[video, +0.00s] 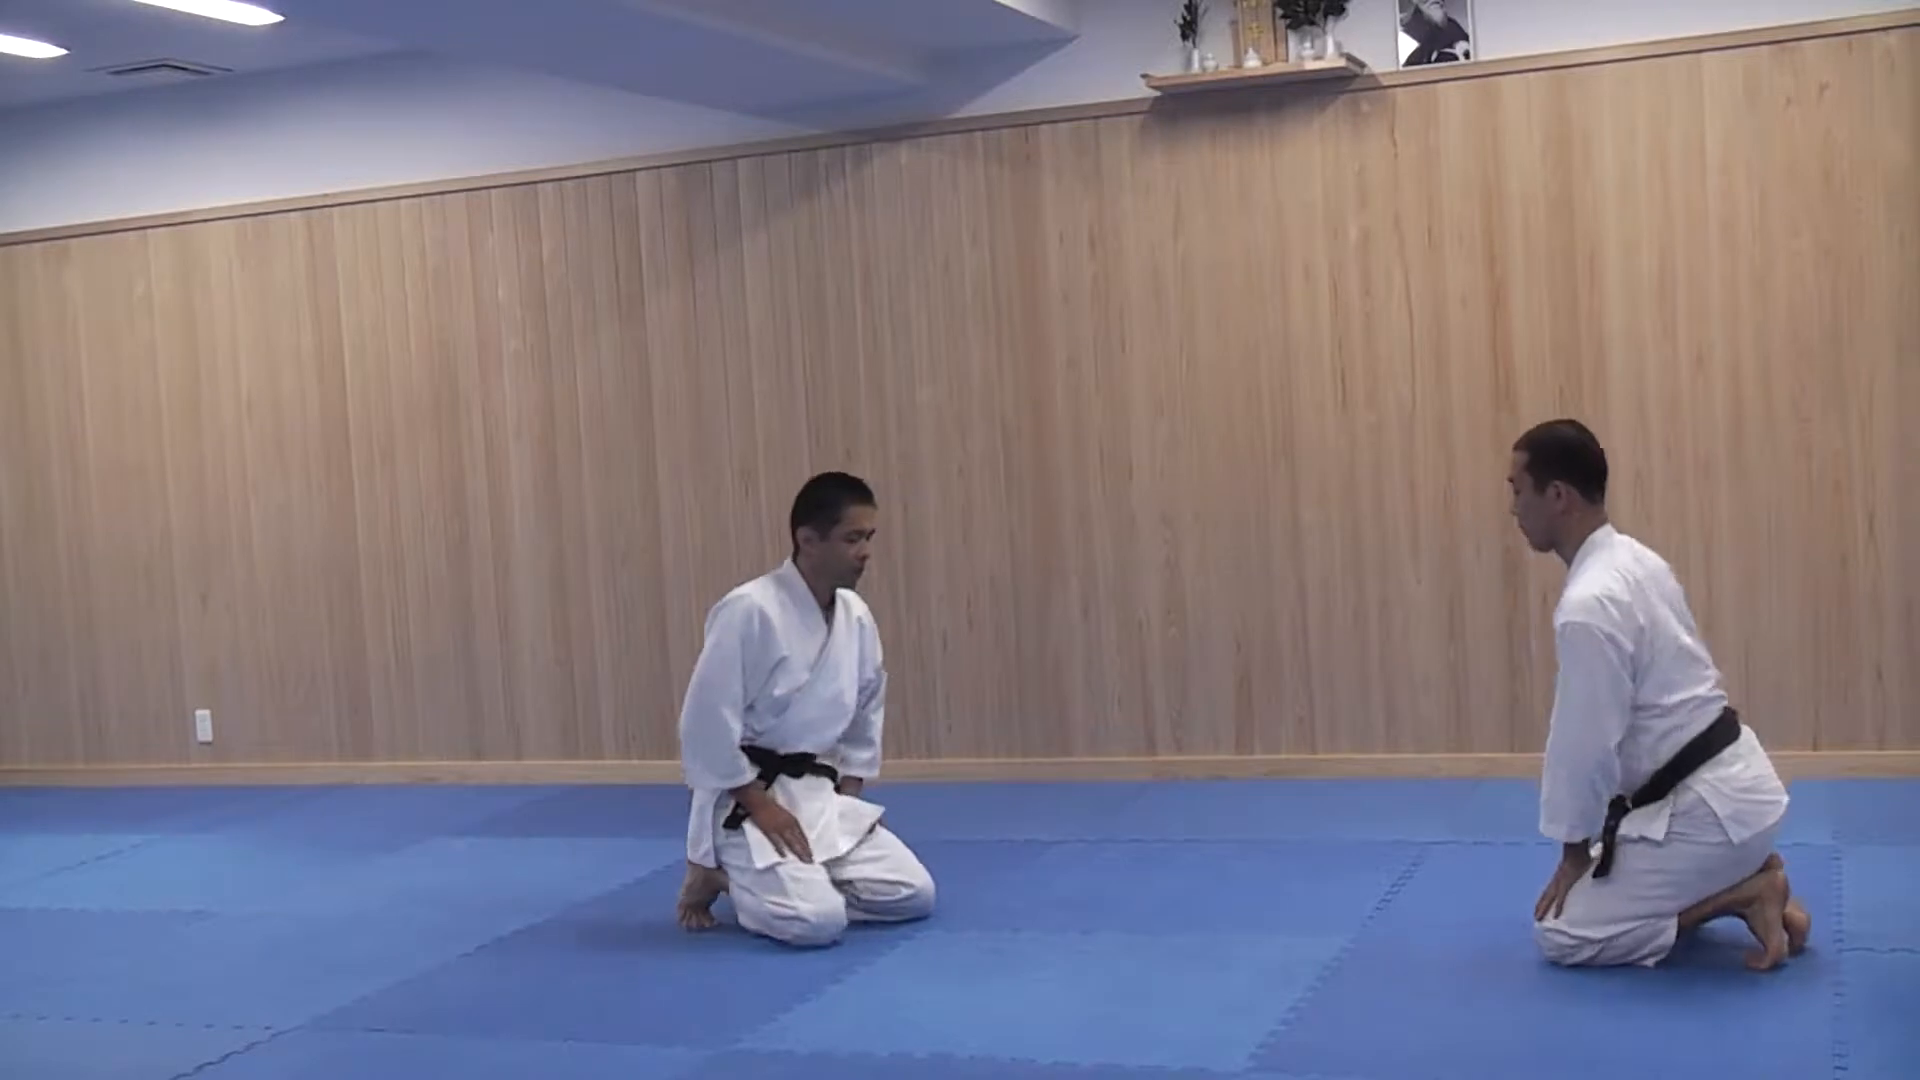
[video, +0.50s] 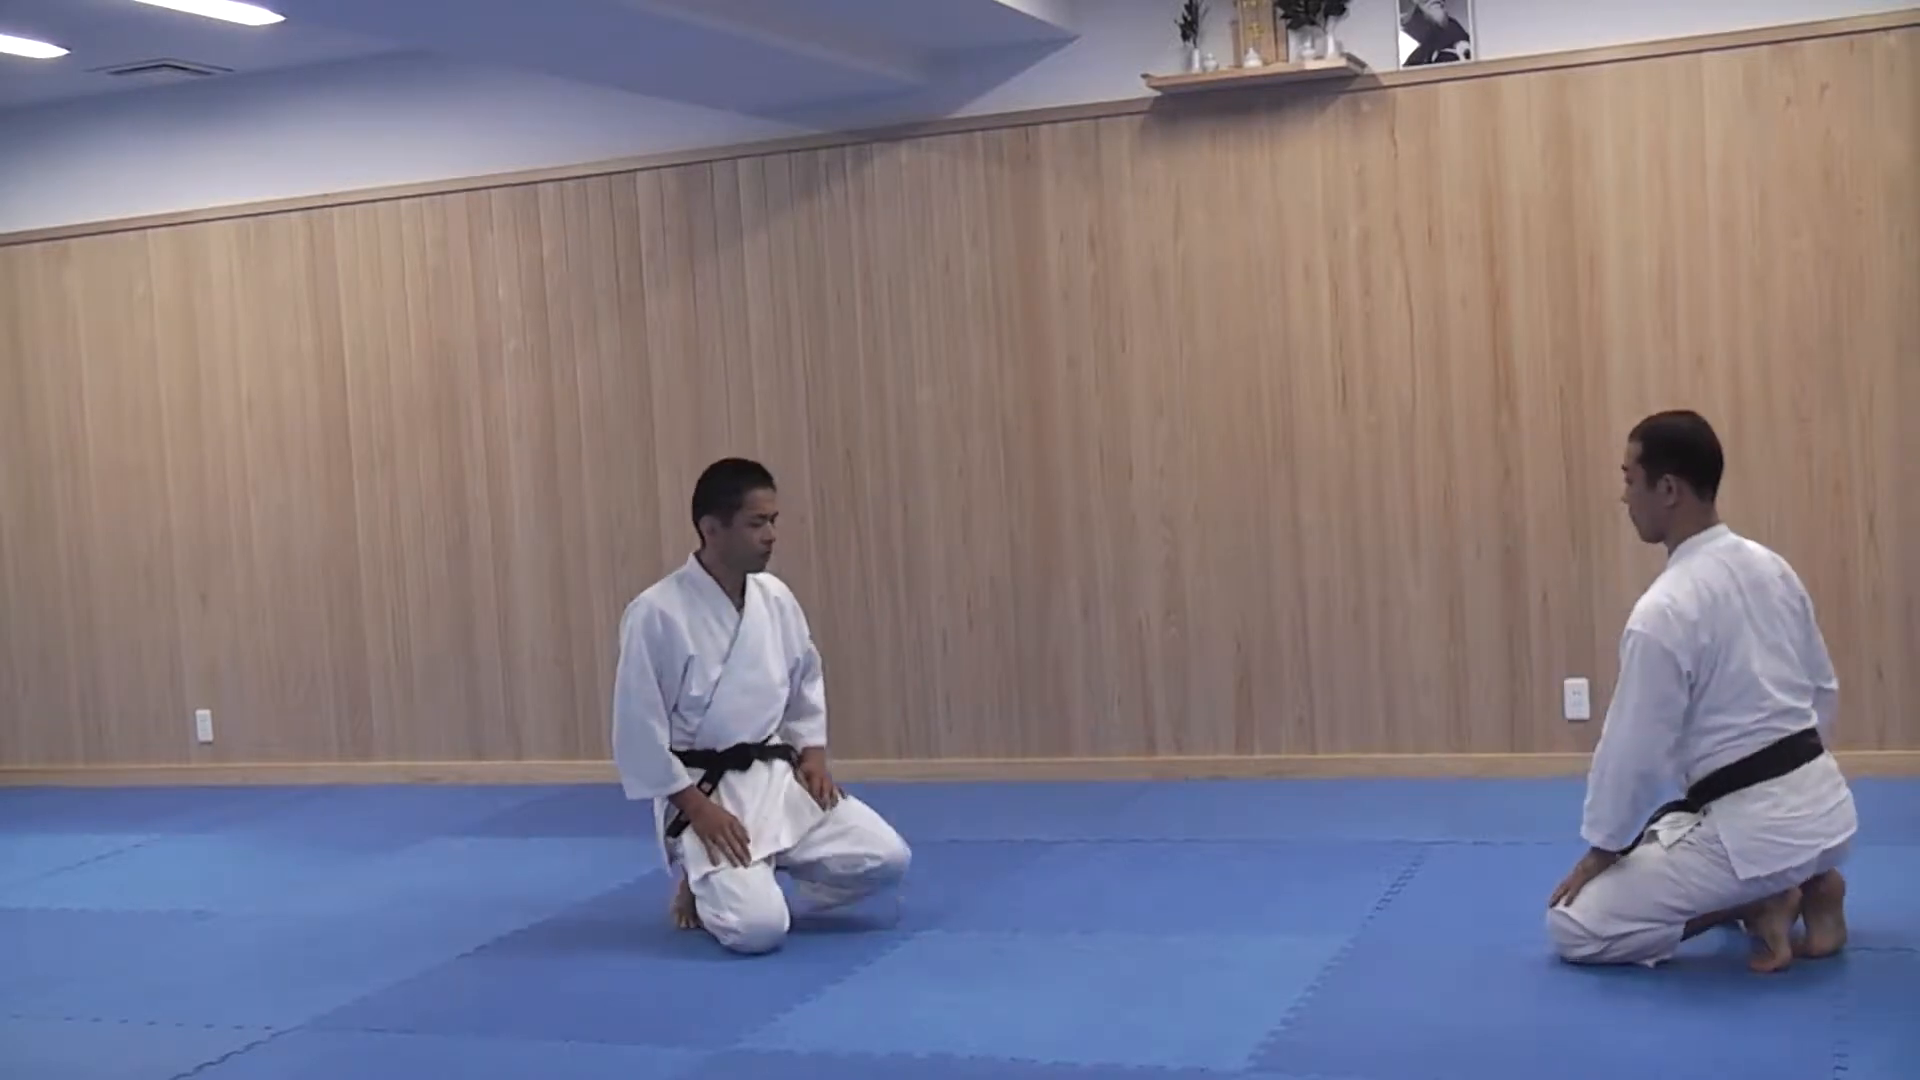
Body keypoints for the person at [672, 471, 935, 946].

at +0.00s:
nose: (866, 553)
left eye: (869, 539)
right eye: (854, 540)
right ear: (806, 540)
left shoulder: (856, 616)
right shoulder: (748, 611)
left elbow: (865, 720)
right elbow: (705, 726)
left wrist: (845, 808)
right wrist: (760, 804)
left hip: (819, 799)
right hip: (744, 804)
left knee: (912, 896)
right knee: (819, 922)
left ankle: (782, 867)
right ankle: (719, 878)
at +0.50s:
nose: (772, 536)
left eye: (774, 521)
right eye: (758, 524)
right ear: (711, 529)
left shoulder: (775, 597)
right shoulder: (656, 613)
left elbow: (805, 680)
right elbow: (638, 733)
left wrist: (813, 751)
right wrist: (695, 804)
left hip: (777, 777)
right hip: (705, 793)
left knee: (884, 859)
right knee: (762, 929)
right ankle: (698, 887)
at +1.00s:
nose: (840, 529)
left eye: (841, 515)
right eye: (826, 516)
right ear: (777, 522)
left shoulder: (827, 584)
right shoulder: (721, 602)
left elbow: (838, 659)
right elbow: (686, 720)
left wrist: (836, 705)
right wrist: (733, 806)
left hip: (817, 750)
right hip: (751, 780)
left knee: (928, 752)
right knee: (763, 936)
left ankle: (868, 887)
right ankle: (703, 871)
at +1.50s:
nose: (905, 431)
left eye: (907, 418)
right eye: (893, 418)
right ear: (843, 423)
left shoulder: (888, 492)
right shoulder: (786, 494)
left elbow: (902, 581)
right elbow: (751, 611)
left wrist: (891, 649)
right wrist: (781, 711)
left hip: (857, 681)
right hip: (787, 689)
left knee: (950, 758)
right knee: (797, 864)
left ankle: (872, 888)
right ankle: (700, 864)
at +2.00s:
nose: (901, 290)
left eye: (905, 278)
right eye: (888, 277)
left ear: (897, 284)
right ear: (839, 280)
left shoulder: (896, 371)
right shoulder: (782, 355)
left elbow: (907, 484)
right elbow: (758, 474)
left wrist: (899, 576)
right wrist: (784, 575)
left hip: (864, 568)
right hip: (794, 569)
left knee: (899, 727)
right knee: (810, 741)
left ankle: (865, 886)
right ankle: (750, 885)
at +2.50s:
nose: (853, 272)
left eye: (854, 259)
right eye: (838, 260)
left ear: (820, 269)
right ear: (791, 269)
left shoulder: (833, 349)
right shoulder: (755, 352)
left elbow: (842, 469)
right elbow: (743, 480)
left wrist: (853, 572)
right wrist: (761, 592)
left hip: (832, 563)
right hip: (785, 569)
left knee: (863, 721)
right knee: (812, 732)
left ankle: (809, 877)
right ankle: (804, 901)